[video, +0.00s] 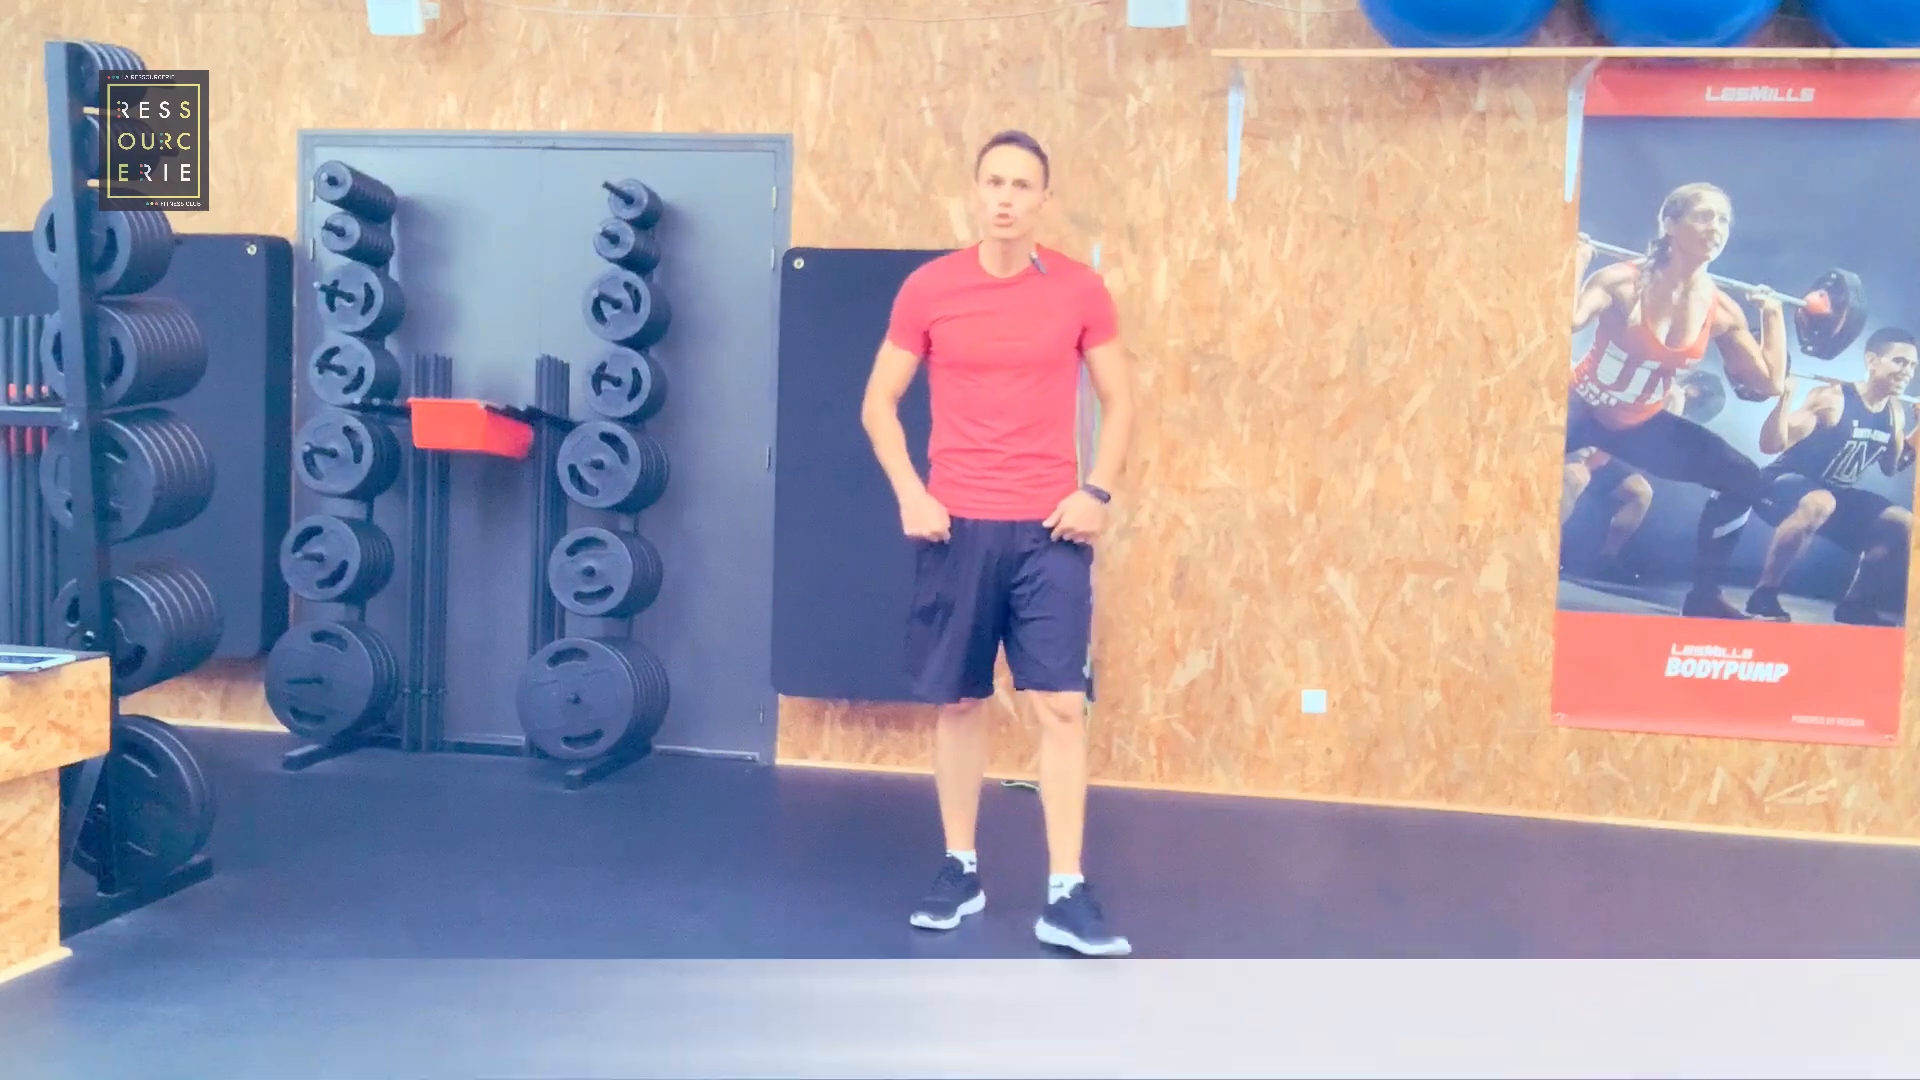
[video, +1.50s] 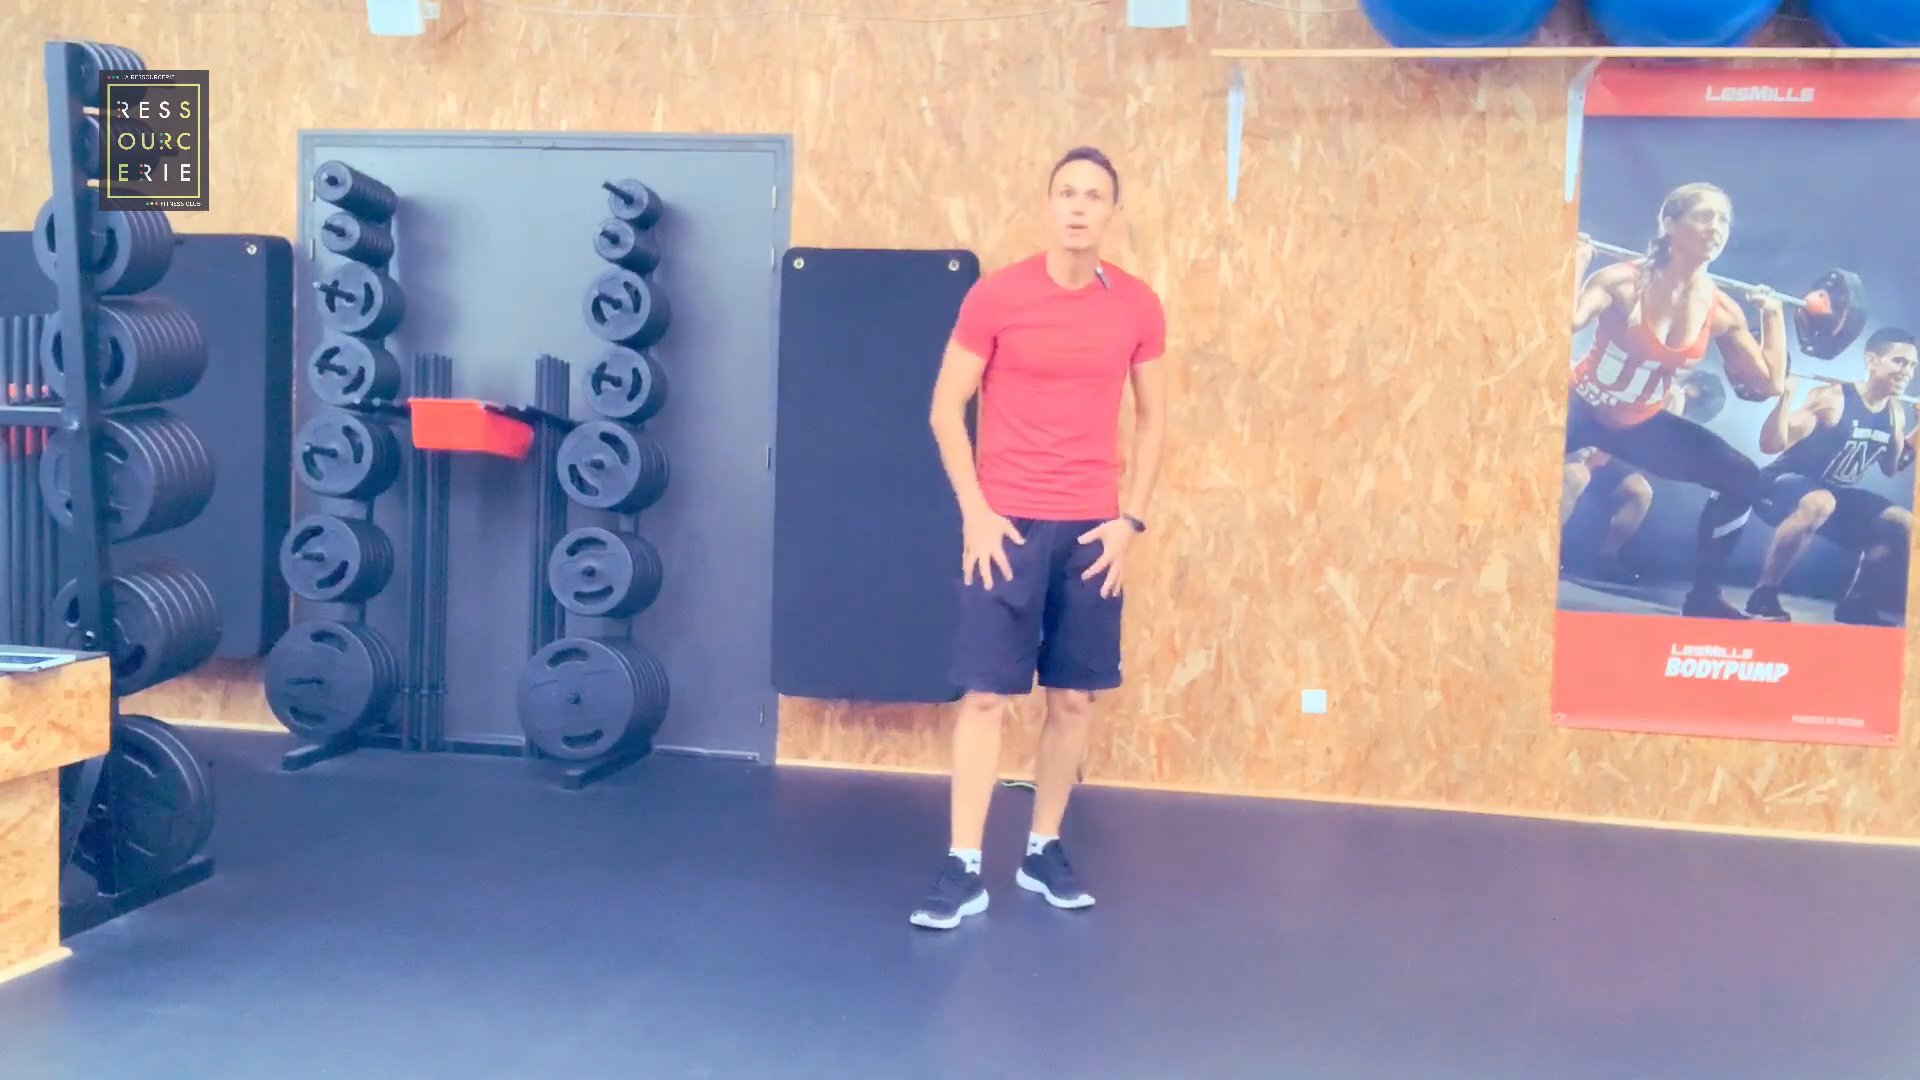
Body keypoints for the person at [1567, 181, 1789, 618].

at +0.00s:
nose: (1716, 228)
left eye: (1724, 220)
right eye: (1704, 216)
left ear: (1729, 233)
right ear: (1670, 224)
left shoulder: (1721, 310)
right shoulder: (1620, 279)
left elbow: (1769, 385)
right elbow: (1558, 326)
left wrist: (1773, 312)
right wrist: (1572, 268)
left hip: (1645, 425)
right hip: (1579, 409)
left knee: (1742, 478)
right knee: (1510, 452)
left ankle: (1705, 597)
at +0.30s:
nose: (1716, 228)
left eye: (1724, 220)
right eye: (1704, 216)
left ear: (1729, 233)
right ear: (1670, 225)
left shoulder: (1721, 310)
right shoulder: (1620, 279)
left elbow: (1769, 385)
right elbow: (1558, 326)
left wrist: (1773, 313)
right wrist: (1572, 268)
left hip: (1644, 425)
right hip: (1579, 409)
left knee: (1742, 477)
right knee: (1510, 451)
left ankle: (1705, 598)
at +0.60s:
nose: (1716, 228)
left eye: (1724, 220)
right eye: (1704, 216)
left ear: (1728, 233)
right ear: (1670, 224)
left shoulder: (1722, 311)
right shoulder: (1620, 279)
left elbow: (1769, 385)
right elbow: (1558, 326)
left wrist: (1773, 312)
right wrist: (1573, 269)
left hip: (1644, 425)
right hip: (1579, 409)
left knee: (1742, 477)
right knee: (1511, 450)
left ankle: (1705, 597)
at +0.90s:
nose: (1717, 228)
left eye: (1724, 220)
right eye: (1705, 216)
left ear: (1728, 233)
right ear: (1670, 224)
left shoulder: (1722, 310)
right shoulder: (1620, 279)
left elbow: (1770, 385)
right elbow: (1558, 325)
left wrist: (1773, 313)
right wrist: (1573, 269)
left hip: (1644, 425)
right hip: (1579, 410)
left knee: (1742, 477)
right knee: (1512, 452)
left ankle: (1705, 597)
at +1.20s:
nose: (1717, 228)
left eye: (1724, 220)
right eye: (1705, 216)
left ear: (1728, 232)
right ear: (1670, 224)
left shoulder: (1722, 311)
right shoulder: (1620, 279)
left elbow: (1769, 386)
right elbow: (1558, 325)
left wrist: (1773, 313)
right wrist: (1572, 269)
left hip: (1644, 425)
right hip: (1579, 409)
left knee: (1742, 477)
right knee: (1513, 453)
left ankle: (1704, 597)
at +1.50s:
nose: (1717, 228)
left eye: (1724, 220)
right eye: (1705, 216)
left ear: (1728, 233)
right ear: (1670, 224)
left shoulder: (1722, 311)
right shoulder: (1620, 279)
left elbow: (1769, 386)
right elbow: (1558, 325)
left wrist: (1773, 313)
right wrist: (1572, 269)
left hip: (1644, 425)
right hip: (1578, 409)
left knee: (1742, 477)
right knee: (1510, 453)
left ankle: (1704, 597)